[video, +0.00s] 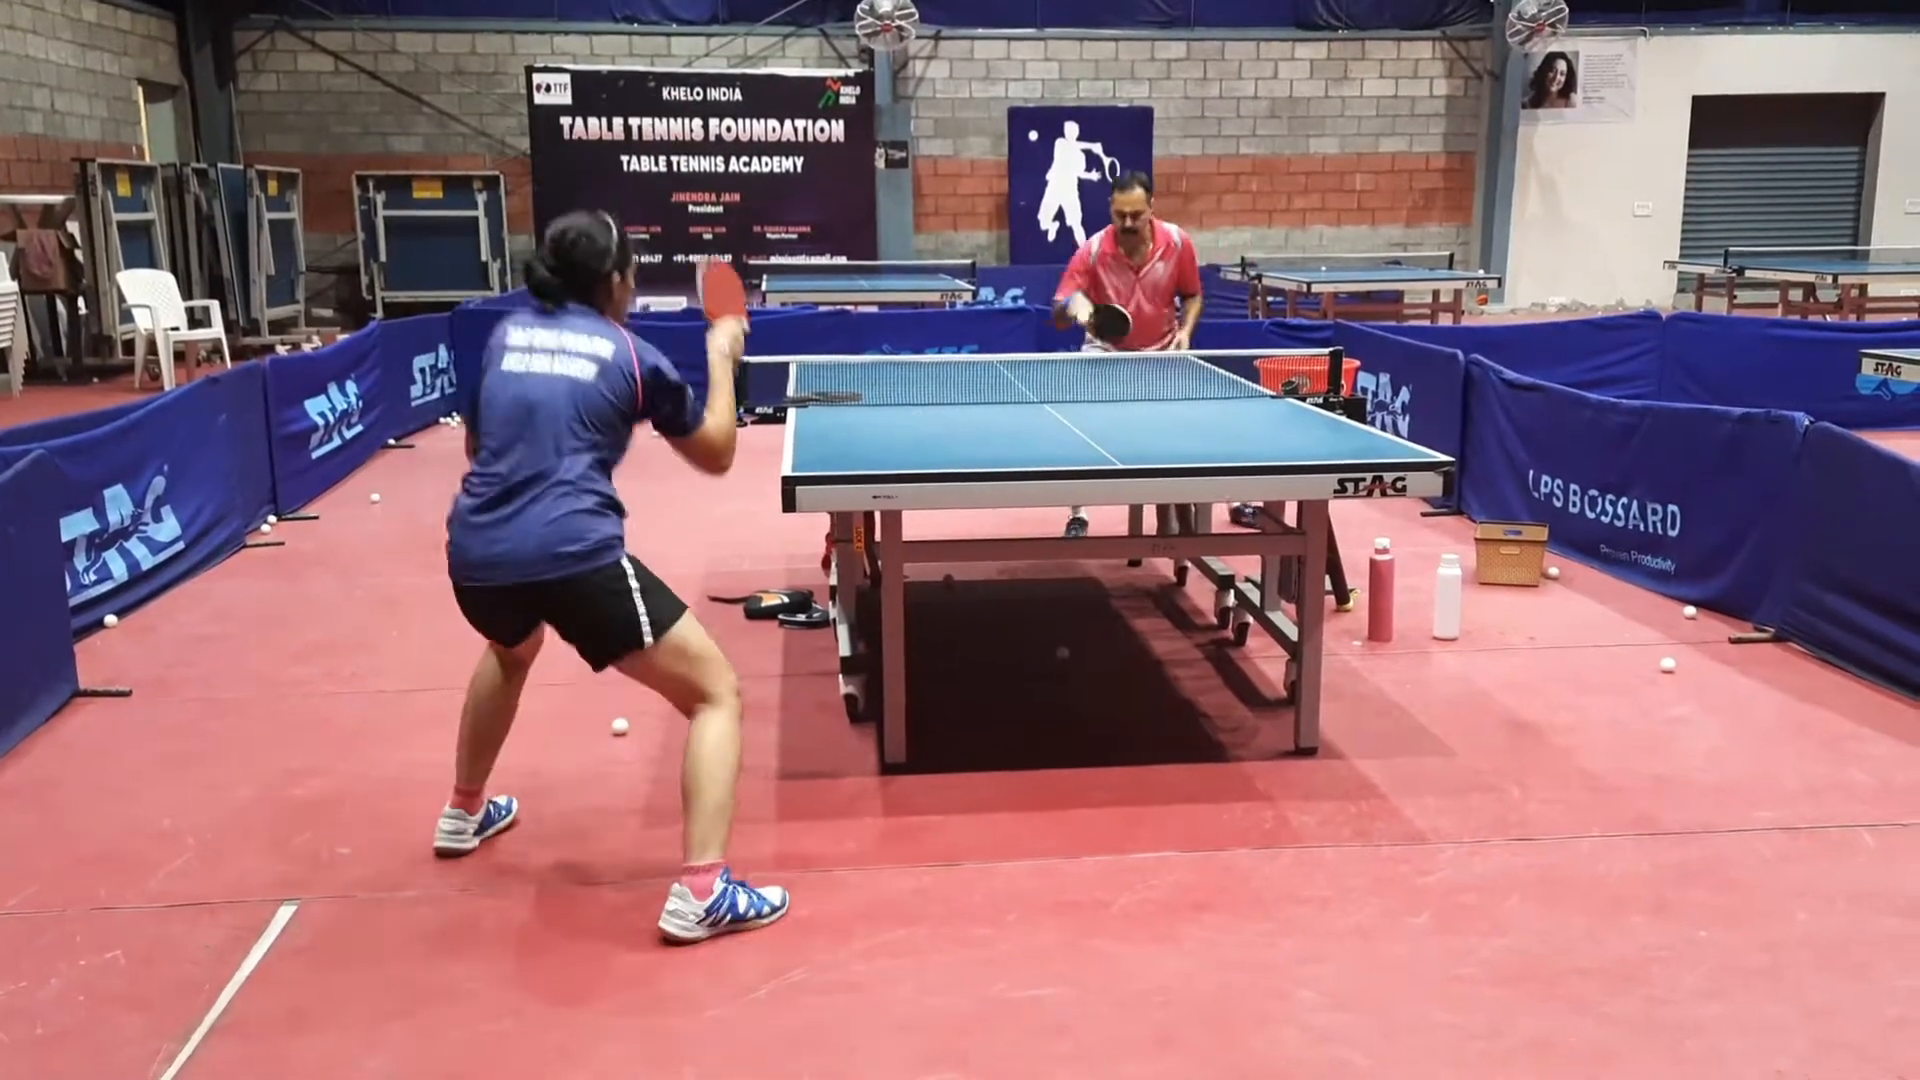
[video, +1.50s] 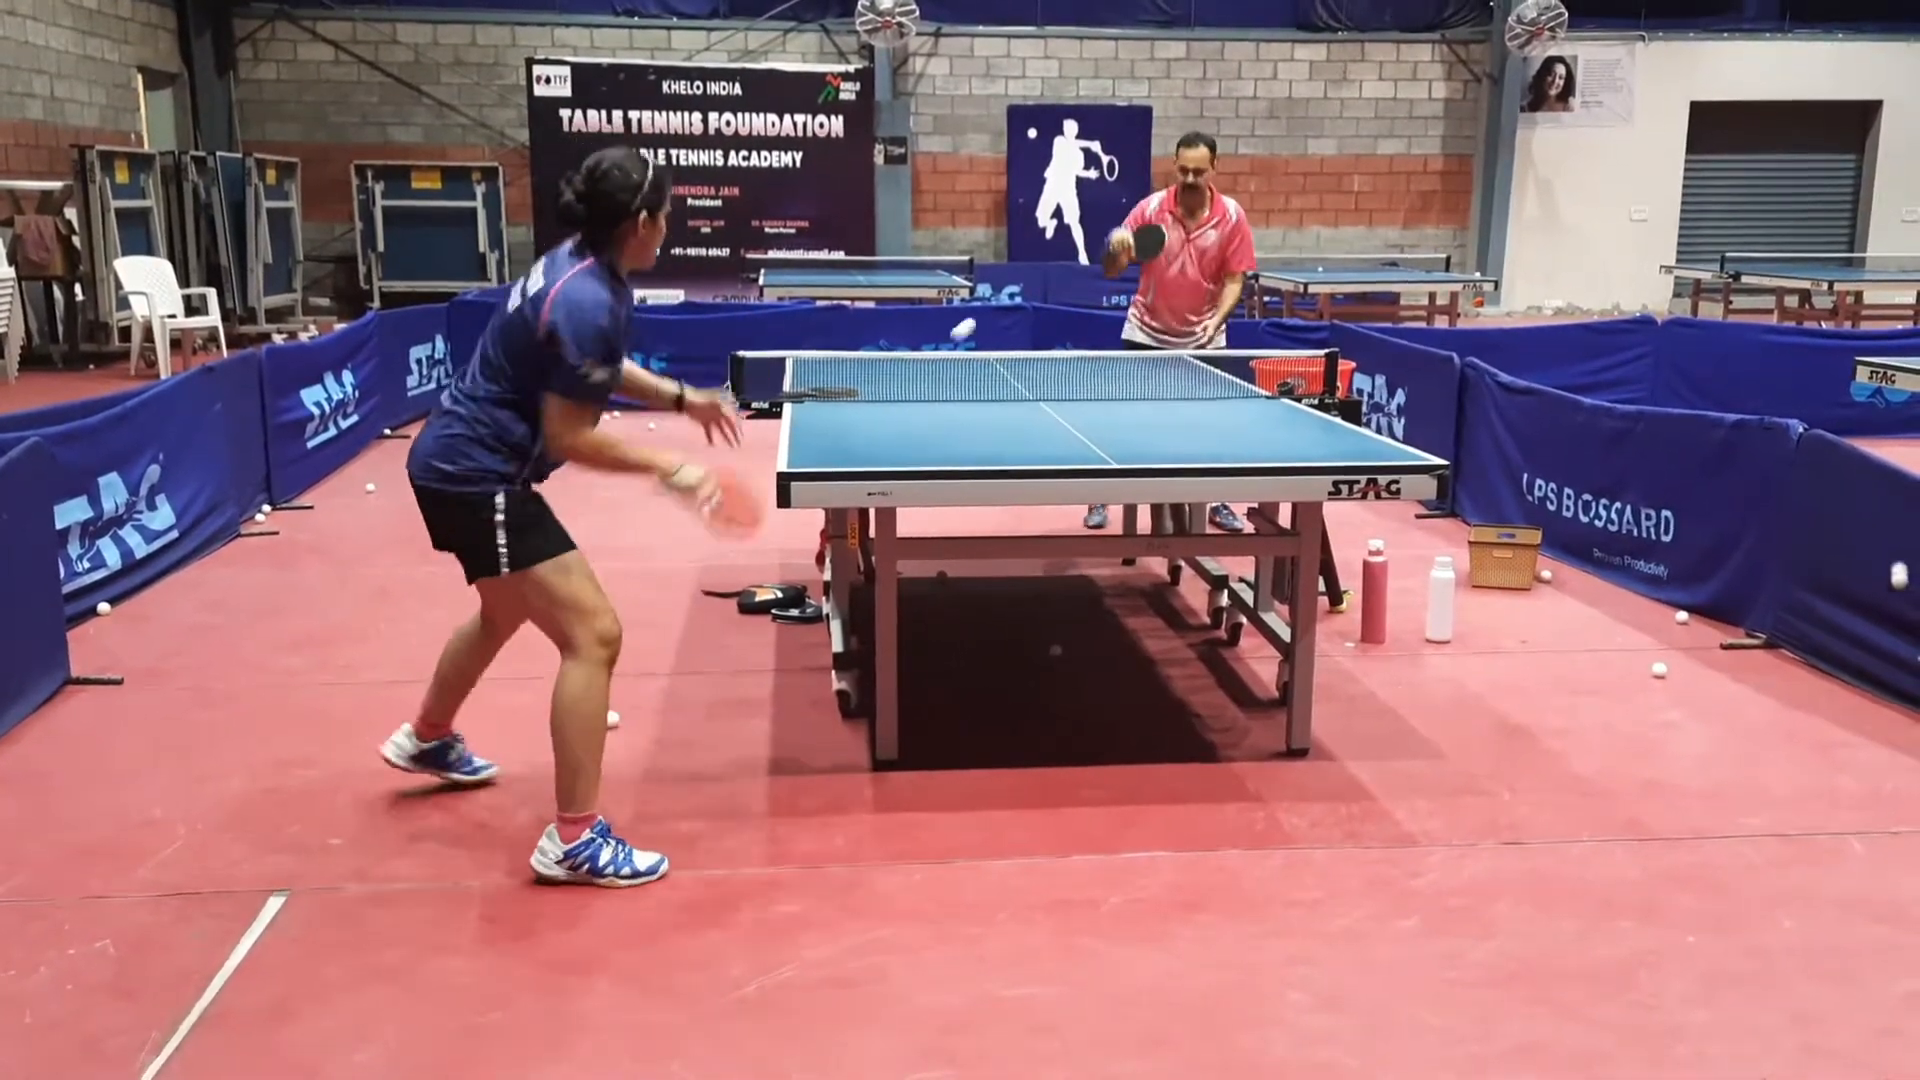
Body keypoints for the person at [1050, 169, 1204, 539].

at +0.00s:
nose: (1128, 223)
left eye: (1135, 215)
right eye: (1120, 215)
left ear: (1151, 208)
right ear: (1111, 210)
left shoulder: (1177, 243)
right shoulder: (1092, 250)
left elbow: (1193, 295)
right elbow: (1060, 315)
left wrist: (1186, 330)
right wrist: (1075, 304)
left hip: (1162, 354)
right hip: (1103, 356)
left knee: (1177, 430)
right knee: (1083, 426)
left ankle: (1178, 519)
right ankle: (1077, 513)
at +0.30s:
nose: (1107, 176)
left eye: (1113, 167)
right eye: (1098, 170)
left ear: (1126, 168)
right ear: (1088, 177)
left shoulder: (1157, 210)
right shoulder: (1080, 225)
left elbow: (1175, 267)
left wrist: (1161, 315)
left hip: (1156, 338)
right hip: (1099, 341)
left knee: (1186, 413)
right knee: (1082, 419)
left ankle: (1209, 495)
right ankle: (1077, 509)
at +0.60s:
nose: (1143, 179)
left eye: (1151, 171)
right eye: (1135, 171)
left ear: (1165, 171)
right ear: (1124, 172)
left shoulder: (1190, 215)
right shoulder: (1108, 224)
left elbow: (1209, 273)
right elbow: (1088, 295)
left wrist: (1201, 304)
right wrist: (1099, 286)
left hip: (1182, 340)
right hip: (1122, 340)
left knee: (1209, 416)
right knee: (1094, 416)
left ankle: (1220, 498)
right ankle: (1077, 509)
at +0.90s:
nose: (1182, 196)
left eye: (1190, 188)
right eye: (1173, 188)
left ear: (1202, 178)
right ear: (1160, 179)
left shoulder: (1224, 215)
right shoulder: (1143, 219)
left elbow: (1234, 276)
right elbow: (1122, 275)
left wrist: (1213, 290)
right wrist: (1125, 284)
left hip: (1208, 337)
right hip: (1147, 334)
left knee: (1220, 414)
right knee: (1123, 410)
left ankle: (1221, 498)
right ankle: (1112, 495)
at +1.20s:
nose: (1183, 195)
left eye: (1191, 186)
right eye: (1175, 187)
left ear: (1203, 178)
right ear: (1162, 177)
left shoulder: (1222, 213)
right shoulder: (1142, 213)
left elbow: (1231, 270)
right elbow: (1123, 265)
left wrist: (1220, 296)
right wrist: (1138, 279)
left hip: (1202, 333)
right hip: (1144, 331)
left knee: (1216, 412)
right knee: (1125, 410)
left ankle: (1219, 497)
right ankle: (1112, 495)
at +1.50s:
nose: (1189, 179)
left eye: (1198, 172)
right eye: (1183, 171)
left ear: (1213, 171)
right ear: (1173, 168)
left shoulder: (1231, 216)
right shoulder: (1150, 208)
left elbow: (1235, 278)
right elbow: (1110, 270)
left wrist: (1215, 321)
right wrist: (1117, 247)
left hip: (1204, 337)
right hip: (1144, 333)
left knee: (1219, 418)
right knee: (1121, 412)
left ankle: (1216, 500)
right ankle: (1100, 498)